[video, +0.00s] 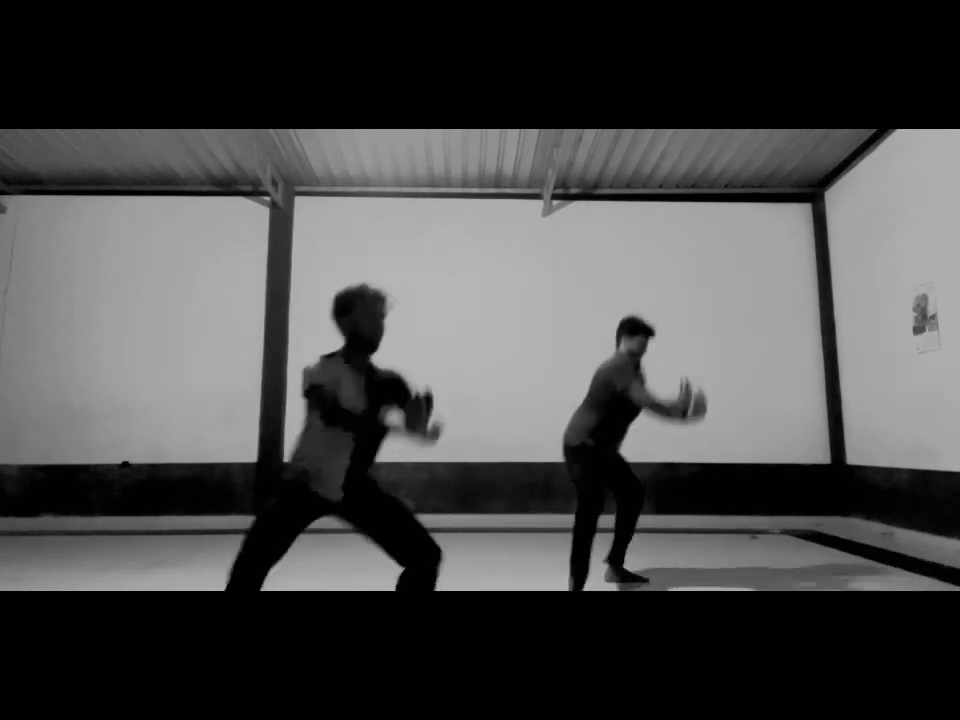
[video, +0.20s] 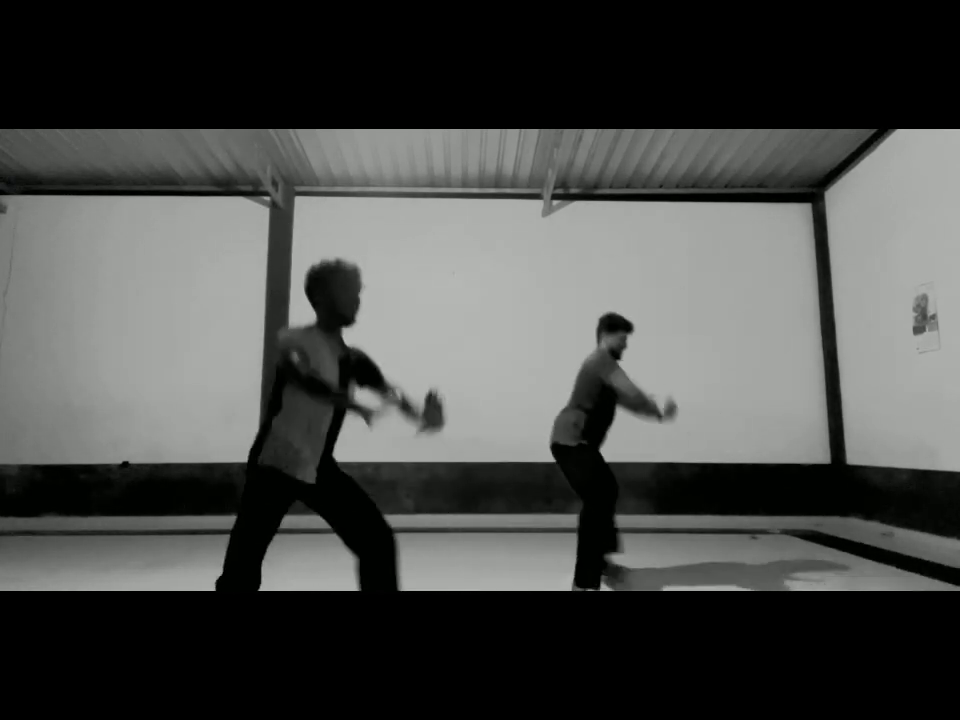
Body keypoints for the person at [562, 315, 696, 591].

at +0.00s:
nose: (641, 348)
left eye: (644, 342)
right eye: (636, 341)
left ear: (646, 344)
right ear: (622, 340)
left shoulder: (633, 370)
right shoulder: (617, 367)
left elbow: (648, 404)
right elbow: (643, 401)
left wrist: (682, 412)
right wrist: (678, 408)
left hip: (604, 449)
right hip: (583, 448)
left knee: (632, 495)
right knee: (589, 507)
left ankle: (615, 565)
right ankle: (576, 582)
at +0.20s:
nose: (624, 344)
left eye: (626, 338)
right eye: (620, 337)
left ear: (614, 339)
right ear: (604, 336)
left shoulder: (601, 363)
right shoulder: (601, 361)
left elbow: (625, 399)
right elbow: (630, 394)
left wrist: (654, 411)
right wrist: (653, 407)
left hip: (577, 443)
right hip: (573, 443)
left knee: (605, 492)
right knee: (599, 496)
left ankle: (601, 559)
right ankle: (586, 578)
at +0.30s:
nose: (614, 335)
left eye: (616, 329)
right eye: (609, 329)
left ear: (608, 330)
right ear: (594, 328)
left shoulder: (604, 351)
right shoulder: (586, 347)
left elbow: (622, 360)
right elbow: (617, 350)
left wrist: (634, 379)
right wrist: (638, 372)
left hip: (580, 434)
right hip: (566, 434)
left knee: (589, 495)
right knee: (583, 499)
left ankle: (554, 550)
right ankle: (581, 578)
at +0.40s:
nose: (608, 332)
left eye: (607, 328)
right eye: (605, 328)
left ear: (589, 325)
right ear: (595, 325)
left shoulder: (598, 354)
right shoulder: (581, 343)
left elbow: (619, 341)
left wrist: (625, 345)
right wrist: (621, 342)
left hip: (573, 433)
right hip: (563, 430)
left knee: (571, 501)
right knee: (577, 496)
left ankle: (538, 556)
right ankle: (571, 559)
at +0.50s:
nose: (598, 341)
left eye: (598, 337)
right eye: (592, 337)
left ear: (600, 339)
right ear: (580, 340)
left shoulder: (603, 360)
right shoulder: (570, 362)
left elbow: (626, 346)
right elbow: (557, 345)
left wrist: (639, 344)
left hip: (579, 440)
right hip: (555, 432)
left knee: (579, 499)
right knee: (582, 464)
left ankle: (541, 557)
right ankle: (565, 541)